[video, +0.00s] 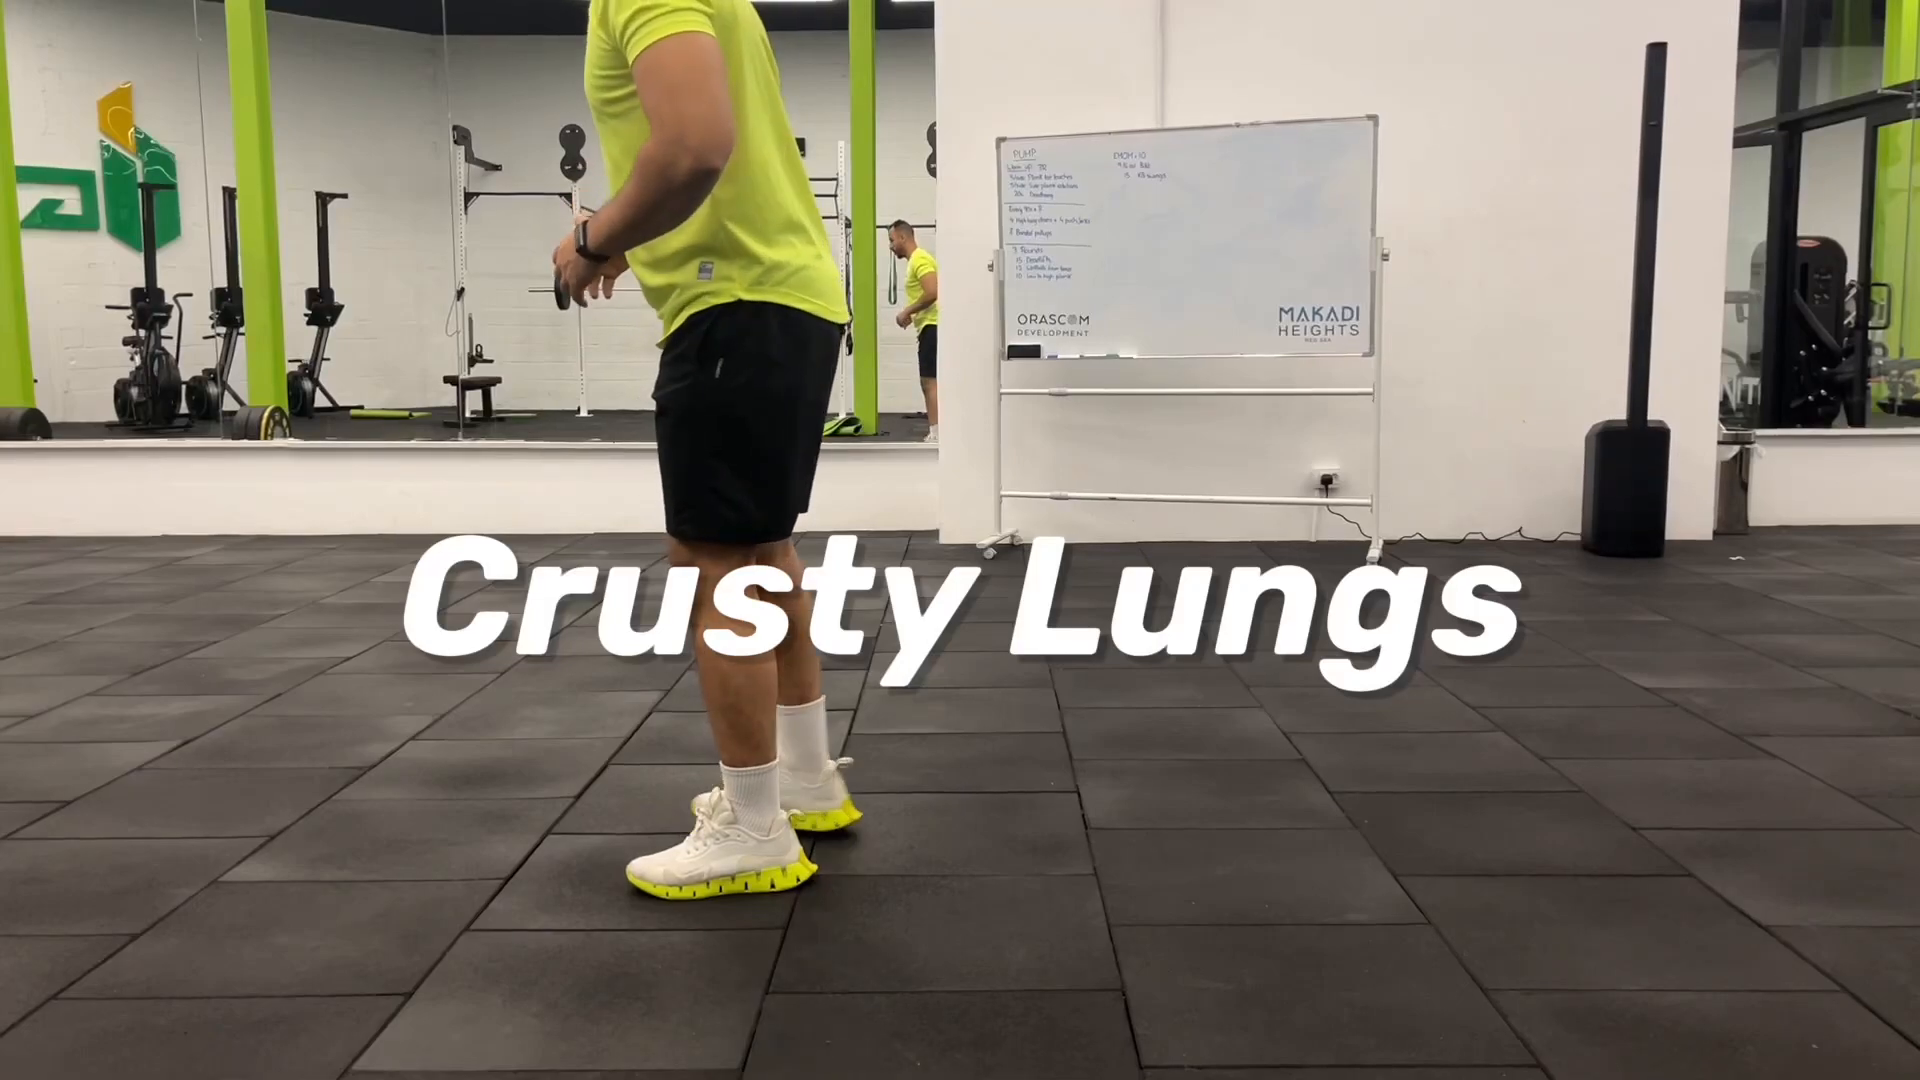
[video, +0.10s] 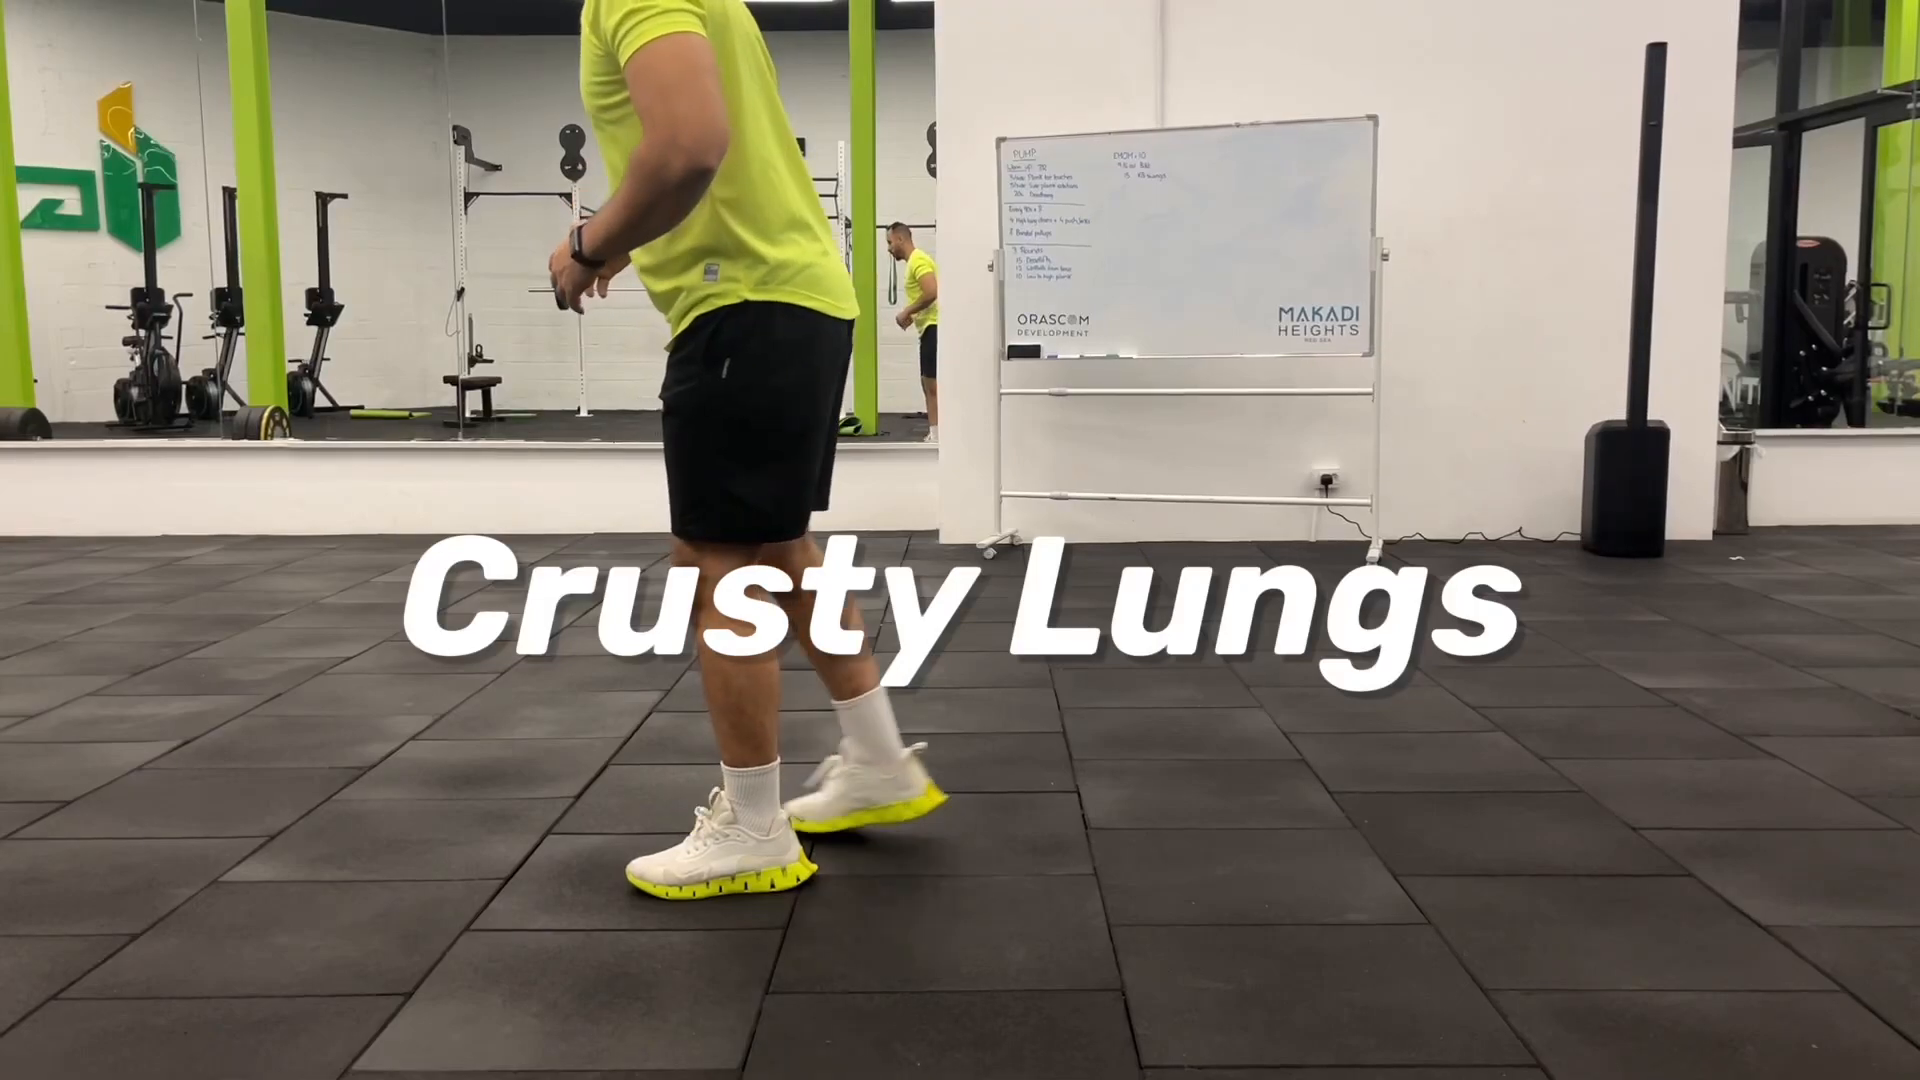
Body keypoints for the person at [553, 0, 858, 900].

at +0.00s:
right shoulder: (710, 11)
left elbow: (694, 140)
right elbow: (722, 159)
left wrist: (598, 232)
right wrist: (618, 246)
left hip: (736, 302)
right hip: (789, 295)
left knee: (718, 560)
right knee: (763, 544)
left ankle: (751, 827)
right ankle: (808, 777)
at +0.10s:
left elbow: (691, 140)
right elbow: (714, 153)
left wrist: (594, 243)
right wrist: (606, 248)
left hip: (744, 303)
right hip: (801, 295)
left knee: (722, 565)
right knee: (783, 549)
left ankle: (750, 828)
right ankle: (879, 758)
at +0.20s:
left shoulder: (628, 4)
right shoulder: (689, 15)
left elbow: (688, 148)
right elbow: (721, 160)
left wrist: (589, 247)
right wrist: (621, 245)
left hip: (751, 306)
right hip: (815, 298)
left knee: (721, 568)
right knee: (807, 547)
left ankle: (752, 826)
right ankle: (964, 738)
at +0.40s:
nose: (474, 0)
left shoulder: (620, 23)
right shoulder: (645, 31)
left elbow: (687, 194)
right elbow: (696, 214)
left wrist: (592, 262)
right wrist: (589, 269)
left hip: (771, 321)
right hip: (846, 313)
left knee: (702, 579)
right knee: (900, 554)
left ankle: (751, 828)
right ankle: (1100, 719)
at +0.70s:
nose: (471, 84)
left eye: (476, 55)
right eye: (465, 60)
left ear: (540, 40)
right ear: (547, 41)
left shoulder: (640, 120)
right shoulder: (646, 128)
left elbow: (677, 311)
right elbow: (728, 313)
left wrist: (595, 288)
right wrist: (625, 354)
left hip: (826, 385)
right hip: (897, 379)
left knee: (665, 592)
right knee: (975, 616)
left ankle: (749, 827)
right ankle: (1210, 769)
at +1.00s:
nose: (566, 165)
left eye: (574, 140)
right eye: (563, 143)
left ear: (634, 132)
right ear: (647, 132)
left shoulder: (715, 231)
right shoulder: (740, 218)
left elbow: (689, 443)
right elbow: (717, 416)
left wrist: (640, 353)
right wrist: (661, 361)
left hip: (876, 494)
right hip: (947, 502)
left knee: (648, 609)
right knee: (959, 763)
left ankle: (747, 829)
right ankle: (1235, 819)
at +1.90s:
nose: (531, 98)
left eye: (535, 70)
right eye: (526, 74)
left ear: (595, 58)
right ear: (608, 58)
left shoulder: (673, 156)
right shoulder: (718, 140)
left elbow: (667, 364)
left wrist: (618, 275)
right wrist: (651, 273)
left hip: (852, 412)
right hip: (932, 409)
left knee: (661, 597)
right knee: (973, 661)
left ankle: (748, 832)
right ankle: (1220, 810)